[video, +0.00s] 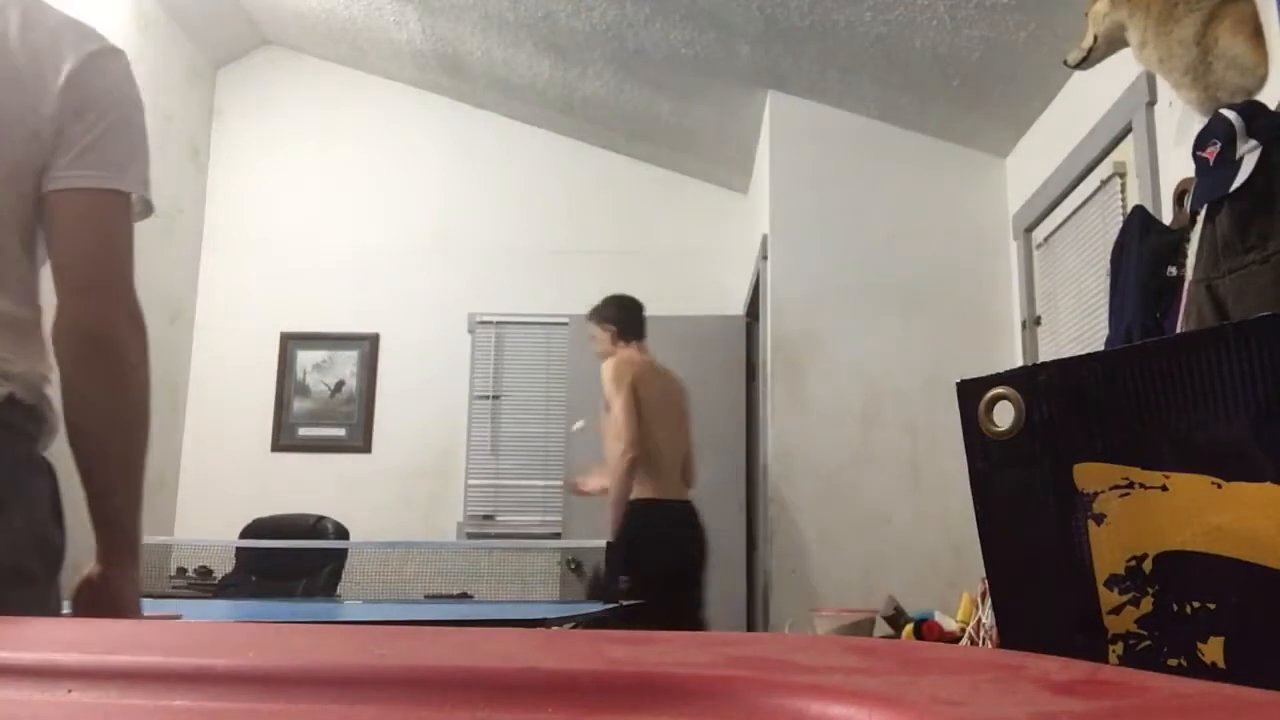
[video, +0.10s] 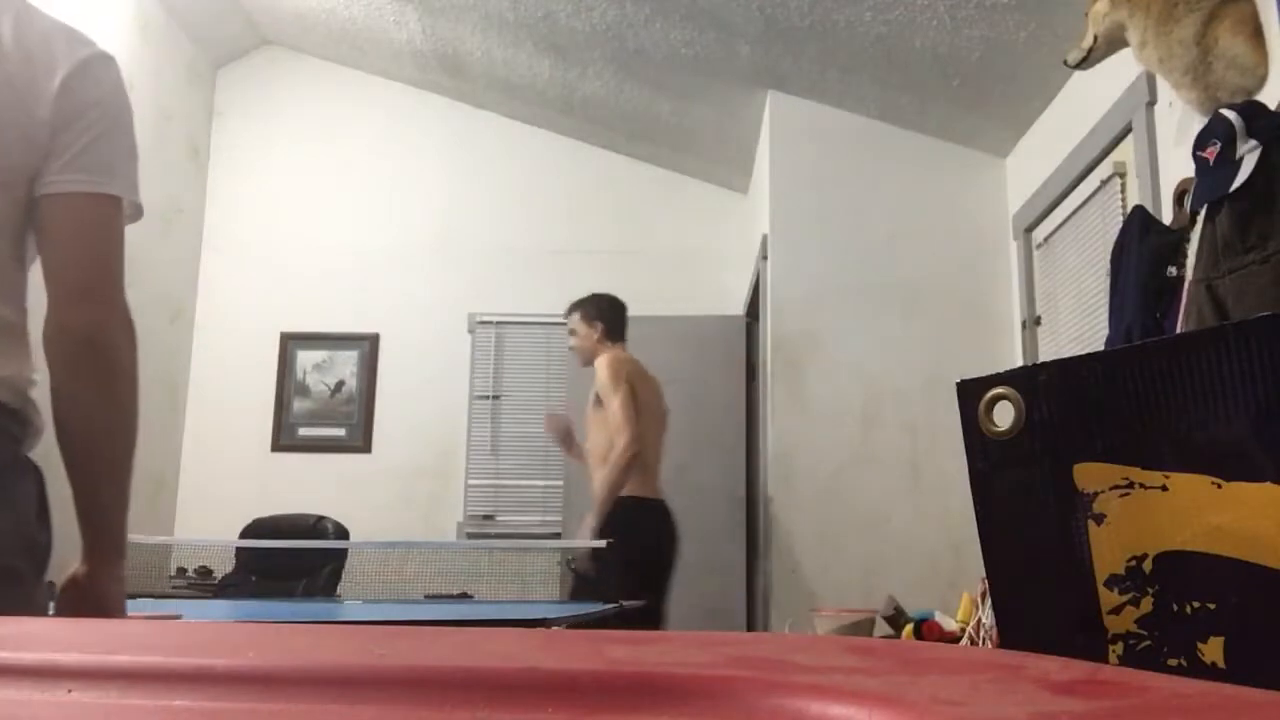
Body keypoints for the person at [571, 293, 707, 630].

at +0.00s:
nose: (594, 346)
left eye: (596, 336)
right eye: (593, 337)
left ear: (614, 332)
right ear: (635, 330)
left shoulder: (618, 366)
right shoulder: (671, 380)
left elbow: (628, 451)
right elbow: (685, 475)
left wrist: (614, 538)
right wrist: (605, 482)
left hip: (644, 523)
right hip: (683, 521)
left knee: (636, 637)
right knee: (684, 635)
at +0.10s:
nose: (570, 343)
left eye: (574, 333)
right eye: (569, 334)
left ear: (597, 331)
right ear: (599, 331)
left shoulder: (609, 364)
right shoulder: (646, 378)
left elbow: (628, 445)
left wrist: (592, 521)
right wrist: (573, 448)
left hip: (624, 518)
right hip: (652, 517)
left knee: (589, 634)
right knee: (640, 637)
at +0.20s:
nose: (558, 332)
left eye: (566, 322)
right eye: (558, 323)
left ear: (595, 324)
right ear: (592, 326)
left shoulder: (610, 363)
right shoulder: (598, 372)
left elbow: (631, 445)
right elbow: (577, 461)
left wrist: (577, 515)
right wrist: (546, 415)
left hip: (613, 519)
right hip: (600, 519)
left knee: (582, 636)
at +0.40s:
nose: (552, 318)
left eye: (563, 310)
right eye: (548, 311)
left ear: (591, 319)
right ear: (545, 319)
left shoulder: (609, 368)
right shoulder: (553, 382)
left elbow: (635, 451)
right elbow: (514, 456)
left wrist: (585, 515)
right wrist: (486, 430)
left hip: (594, 520)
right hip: (552, 519)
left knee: (587, 632)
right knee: (519, 620)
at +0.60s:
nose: (526, 318)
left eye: (538, 311)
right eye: (520, 310)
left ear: (560, 322)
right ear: (513, 319)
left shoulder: (581, 376)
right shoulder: (497, 382)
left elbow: (607, 454)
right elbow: (469, 460)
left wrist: (607, 524)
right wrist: (475, 490)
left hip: (558, 520)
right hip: (502, 521)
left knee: (559, 633)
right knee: (479, 630)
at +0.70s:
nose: (509, 319)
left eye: (521, 311)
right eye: (503, 311)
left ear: (542, 322)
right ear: (496, 320)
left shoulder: (565, 377)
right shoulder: (480, 380)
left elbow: (589, 455)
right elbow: (451, 453)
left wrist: (601, 532)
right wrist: (454, 463)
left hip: (545, 521)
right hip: (487, 519)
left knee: (541, 633)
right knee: (471, 629)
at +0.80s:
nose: (496, 318)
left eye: (508, 311)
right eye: (489, 311)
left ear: (528, 322)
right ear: (482, 320)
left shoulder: (552, 376)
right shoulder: (468, 379)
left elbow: (577, 457)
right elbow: (434, 456)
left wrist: (589, 536)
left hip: (534, 523)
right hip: (474, 521)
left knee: (531, 637)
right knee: (462, 635)